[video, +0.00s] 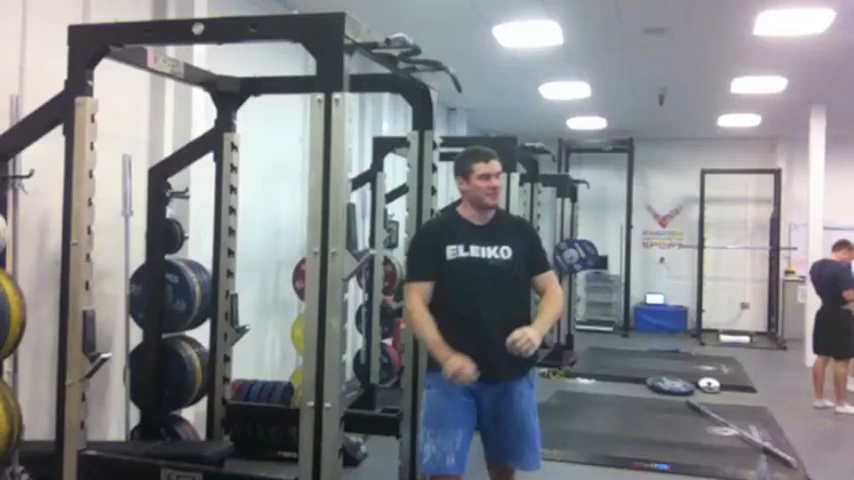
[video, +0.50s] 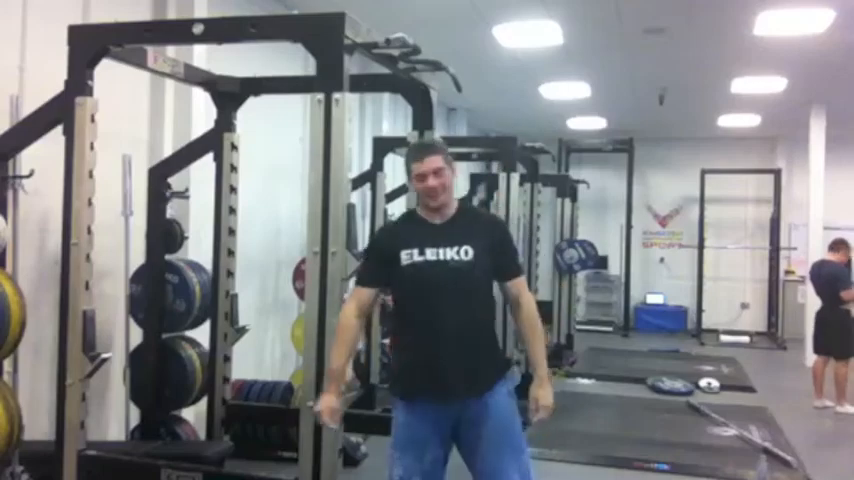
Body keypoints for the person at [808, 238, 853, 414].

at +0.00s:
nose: (849, 259)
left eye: (850, 255)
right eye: (849, 255)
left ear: (834, 250)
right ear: (844, 252)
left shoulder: (817, 266)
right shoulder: (842, 269)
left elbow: (820, 291)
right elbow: (848, 294)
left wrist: (836, 297)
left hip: (824, 311)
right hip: (841, 314)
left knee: (822, 357)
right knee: (841, 361)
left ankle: (818, 398)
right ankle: (841, 402)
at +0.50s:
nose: (847, 259)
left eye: (847, 256)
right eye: (846, 255)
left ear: (830, 250)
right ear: (841, 252)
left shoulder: (816, 267)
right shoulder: (840, 269)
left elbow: (822, 292)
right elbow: (846, 295)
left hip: (823, 311)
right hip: (840, 313)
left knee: (822, 357)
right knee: (842, 361)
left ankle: (818, 398)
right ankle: (841, 402)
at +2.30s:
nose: (851, 251)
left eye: (851, 248)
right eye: (849, 248)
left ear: (832, 248)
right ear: (841, 248)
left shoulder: (820, 269)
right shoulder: (847, 273)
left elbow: (819, 298)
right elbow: (850, 299)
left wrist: (828, 311)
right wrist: (847, 315)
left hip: (824, 318)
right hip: (843, 320)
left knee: (821, 357)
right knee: (843, 361)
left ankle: (819, 398)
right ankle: (842, 401)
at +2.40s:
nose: (852, 251)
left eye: (851, 247)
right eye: (850, 247)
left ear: (836, 248)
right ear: (842, 248)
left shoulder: (821, 269)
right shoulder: (846, 273)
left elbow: (821, 300)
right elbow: (849, 301)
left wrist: (831, 312)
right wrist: (847, 317)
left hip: (825, 320)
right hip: (844, 323)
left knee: (821, 357)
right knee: (846, 361)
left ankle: (819, 398)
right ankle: (843, 401)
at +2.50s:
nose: (853, 252)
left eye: (852, 248)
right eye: (851, 248)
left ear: (838, 248)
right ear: (843, 248)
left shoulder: (823, 269)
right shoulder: (847, 273)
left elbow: (822, 298)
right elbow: (849, 300)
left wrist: (831, 311)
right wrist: (847, 315)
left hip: (827, 318)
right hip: (845, 321)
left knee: (824, 357)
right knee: (847, 361)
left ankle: (820, 398)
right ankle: (845, 402)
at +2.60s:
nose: (853, 252)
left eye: (853, 248)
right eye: (852, 248)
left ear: (840, 249)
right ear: (844, 249)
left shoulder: (825, 269)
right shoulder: (848, 273)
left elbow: (823, 297)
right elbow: (850, 300)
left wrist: (832, 312)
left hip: (829, 321)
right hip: (846, 323)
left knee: (825, 358)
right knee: (848, 362)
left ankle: (820, 398)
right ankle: (845, 402)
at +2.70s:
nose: (853, 253)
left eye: (853, 250)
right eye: (852, 250)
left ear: (841, 250)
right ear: (846, 250)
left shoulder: (828, 268)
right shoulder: (847, 272)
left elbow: (826, 296)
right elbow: (849, 298)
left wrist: (834, 311)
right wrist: (843, 313)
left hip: (831, 317)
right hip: (847, 320)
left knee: (828, 357)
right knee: (847, 361)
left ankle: (820, 397)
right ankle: (845, 402)